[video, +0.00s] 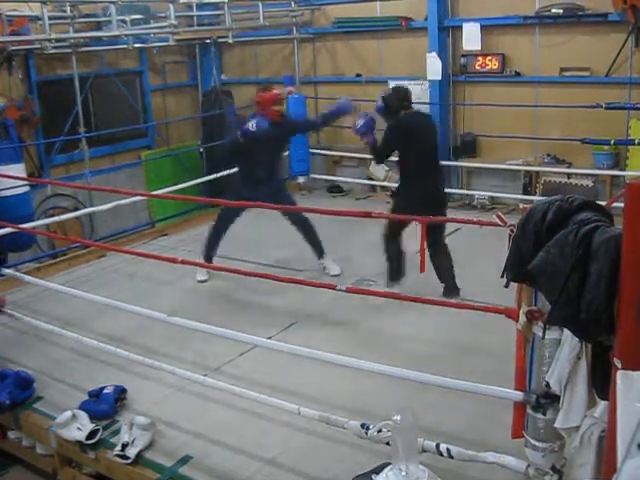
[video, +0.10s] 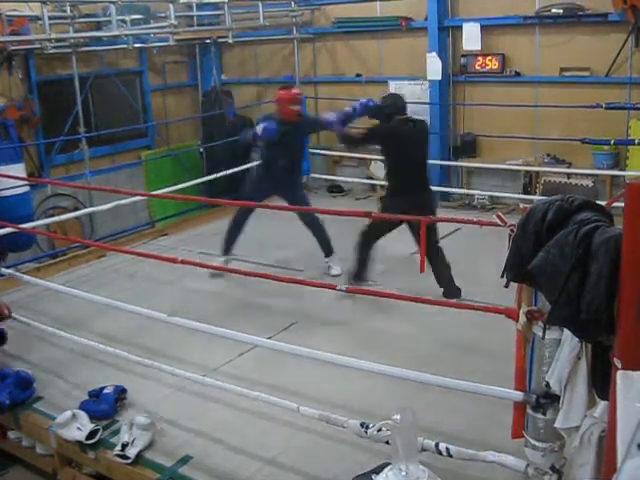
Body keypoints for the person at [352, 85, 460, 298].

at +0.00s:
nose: (385, 109)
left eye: (387, 105)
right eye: (386, 105)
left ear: (394, 106)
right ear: (410, 103)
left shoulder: (398, 125)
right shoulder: (426, 120)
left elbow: (380, 156)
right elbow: (409, 139)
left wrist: (368, 137)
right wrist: (389, 116)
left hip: (410, 194)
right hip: (434, 192)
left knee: (392, 234)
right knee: (436, 240)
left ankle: (395, 276)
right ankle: (451, 287)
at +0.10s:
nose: (380, 114)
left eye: (382, 110)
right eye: (380, 110)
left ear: (387, 112)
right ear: (404, 110)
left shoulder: (384, 131)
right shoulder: (421, 127)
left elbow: (354, 141)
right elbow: (394, 122)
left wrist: (339, 127)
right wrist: (373, 111)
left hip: (397, 203)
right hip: (422, 201)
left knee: (367, 238)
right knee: (432, 247)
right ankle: (451, 290)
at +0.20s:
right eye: (397, 106)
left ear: (377, 105)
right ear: (397, 107)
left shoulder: (365, 122)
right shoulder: (404, 124)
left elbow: (333, 123)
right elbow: (410, 142)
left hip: (373, 198)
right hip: (399, 198)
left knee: (356, 240)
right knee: (423, 241)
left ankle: (329, 279)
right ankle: (448, 289)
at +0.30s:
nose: (391, 111)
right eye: (391, 107)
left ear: (368, 103)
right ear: (389, 107)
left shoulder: (353, 119)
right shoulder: (392, 123)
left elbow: (329, 133)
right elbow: (401, 151)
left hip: (349, 194)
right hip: (376, 195)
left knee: (341, 242)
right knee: (398, 239)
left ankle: (325, 287)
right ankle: (416, 285)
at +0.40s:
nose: (383, 112)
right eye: (381, 108)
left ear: (358, 106)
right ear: (381, 110)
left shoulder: (343, 128)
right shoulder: (382, 132)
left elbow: (324, 158)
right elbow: (394, 158)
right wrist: (392, 132)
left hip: (330, 200)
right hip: (356, 203)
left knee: (333, 245)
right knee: (371, 252)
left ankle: (323, 288)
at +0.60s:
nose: (376, 128)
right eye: (375, 125)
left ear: (350, 122)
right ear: (373, 126)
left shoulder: (335, 141)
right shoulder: (372, 147)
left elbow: (312, 167)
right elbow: (389, 170)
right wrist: (385, 147)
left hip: (308, 205)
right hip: (332, 211)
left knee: (324, 247)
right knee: (338, 275)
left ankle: (314, 283)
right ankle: (313, 327)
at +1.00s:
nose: (357, 121)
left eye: (356, 116)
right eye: (356, 117)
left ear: (335, 111)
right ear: (351, 116)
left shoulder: (319, 126)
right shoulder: (346, 132)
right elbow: (365, 150)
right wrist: (363, 130)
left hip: (297, 195)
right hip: (317, 199)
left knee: (314, 245)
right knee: (330, 254)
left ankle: (309, 284)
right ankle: (316, 311)